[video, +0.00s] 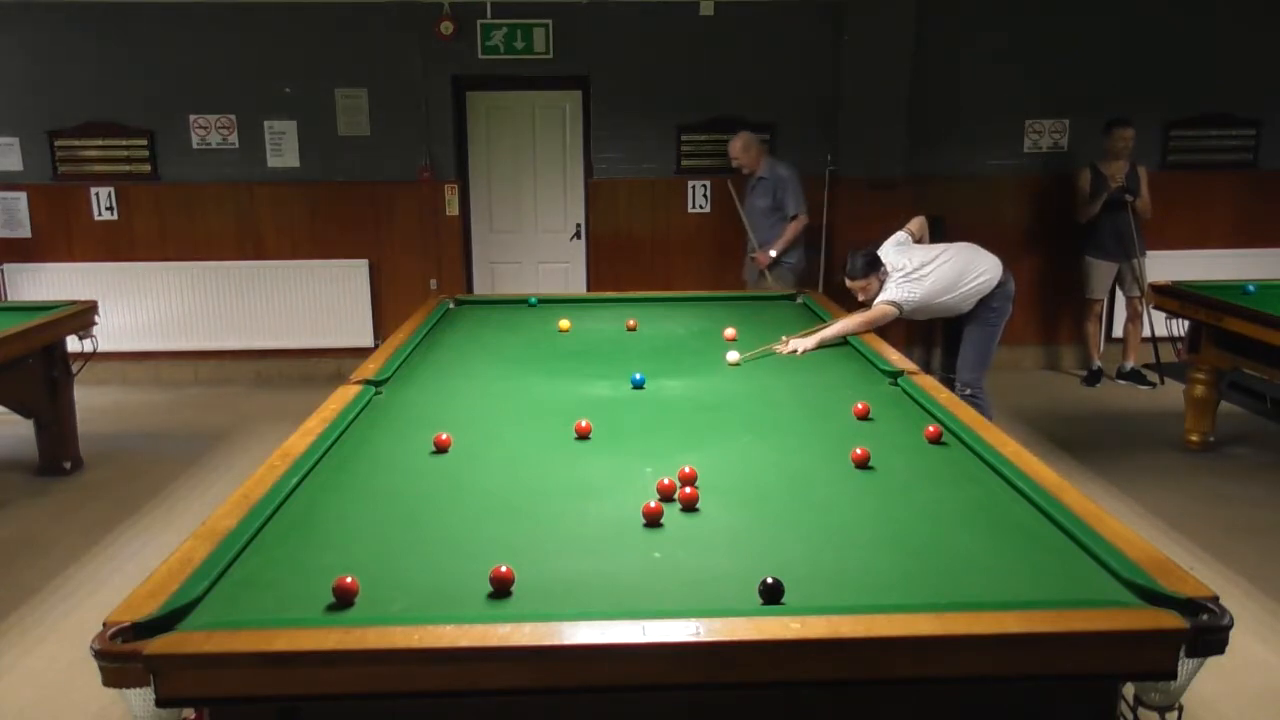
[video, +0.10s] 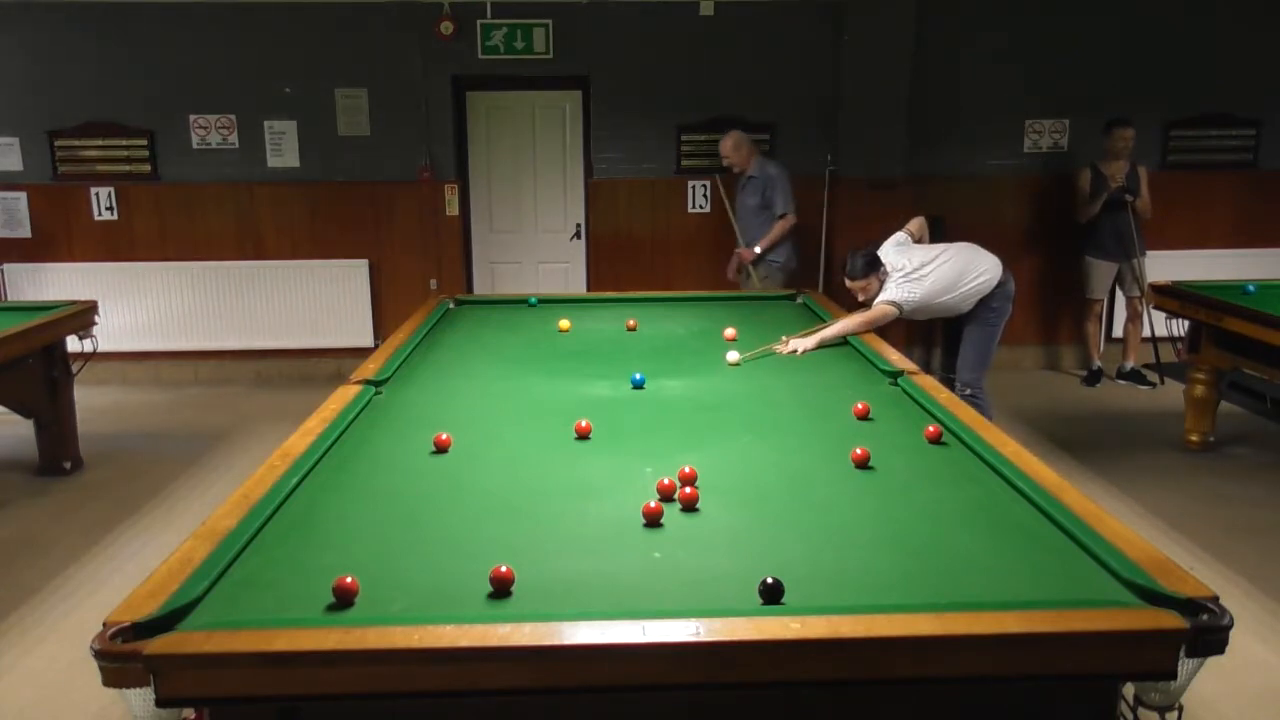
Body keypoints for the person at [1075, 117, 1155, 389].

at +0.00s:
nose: (1126, 145)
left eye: (1130, 140)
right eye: (1121, 140)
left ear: (1134, 142)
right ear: (1107, 141)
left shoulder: (1138, 171)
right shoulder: (1089, 172)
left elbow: (1147, 212)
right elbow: (1082, 215)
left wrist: (1132, 198)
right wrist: (1106, 191)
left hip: (1132, 250)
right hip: (1099, 250)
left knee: (1136, 309)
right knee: (1094, 309)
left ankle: (1128, 366)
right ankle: (1094, 365)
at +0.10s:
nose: (1127, 145)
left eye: (1130, 140)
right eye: (1121, 140)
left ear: (1134, 142)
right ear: (1107, 141)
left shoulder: (1138, 171)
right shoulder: (1089, 172)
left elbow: (1147, 211)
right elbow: (1083, 214)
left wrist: (1132, 197)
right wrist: (1106, 191)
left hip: (1132, 250)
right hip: (1099, 250)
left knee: (1136, 309)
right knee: (1094, 309)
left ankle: (1128, 367)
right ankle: (1094, 365)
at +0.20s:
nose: (1127, 145)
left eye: (1131, 140)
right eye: (1122, 140)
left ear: (1134, 142)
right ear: (1108, 141)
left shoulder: (1138, 171)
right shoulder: (1089, 172)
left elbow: (1147, 211)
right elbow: (1083, 214)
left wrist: (1132, 197)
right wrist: (1106, 191)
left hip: (1132, 250)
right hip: (1099, 250)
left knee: (1136, 309)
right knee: (1094, 309)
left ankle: (1128, 367)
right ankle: (1094, 365)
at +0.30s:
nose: (1127, 145)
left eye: (1131, 140)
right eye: (1122, 140)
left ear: (1134, 142)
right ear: (1108, 140)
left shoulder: (1138, 171)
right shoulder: (1090, 172)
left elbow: (1147, 211)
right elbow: (1083, 214)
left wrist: (1132, 198)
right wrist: (1106, 191)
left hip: (1132, 250)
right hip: (1100, 250)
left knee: (1136, 309)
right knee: (1094, 309)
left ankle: (1128, 366)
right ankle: (1094, 365)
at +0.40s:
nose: (1127, 145)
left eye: (1131, 140)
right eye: (1122, 140)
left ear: (1134, 142)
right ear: (1108, 141)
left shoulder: (1138, 171)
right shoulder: (1089, 172)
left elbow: (1147, 211)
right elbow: (1083, 214)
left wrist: (1132, 198)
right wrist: (1106, 191)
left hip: (1132, 250)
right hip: (1100, 250)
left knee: (1136, 309)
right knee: (1094, 309)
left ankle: (1128, 367)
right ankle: (1094, 365)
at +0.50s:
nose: (1127, 145)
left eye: (1131, 140)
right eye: (1122, 140)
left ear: (1134, 142)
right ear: (1108, 140)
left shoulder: (1138, 171)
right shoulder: (1089, 172)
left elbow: (1147, 211)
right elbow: (1083, 214)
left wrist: (1132, 197)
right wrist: (1106, 191)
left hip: (1132, 250)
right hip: (1100, 250)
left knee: (1136, 309)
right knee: (1094, 309)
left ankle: (1128, 367)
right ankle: (1094, 365)